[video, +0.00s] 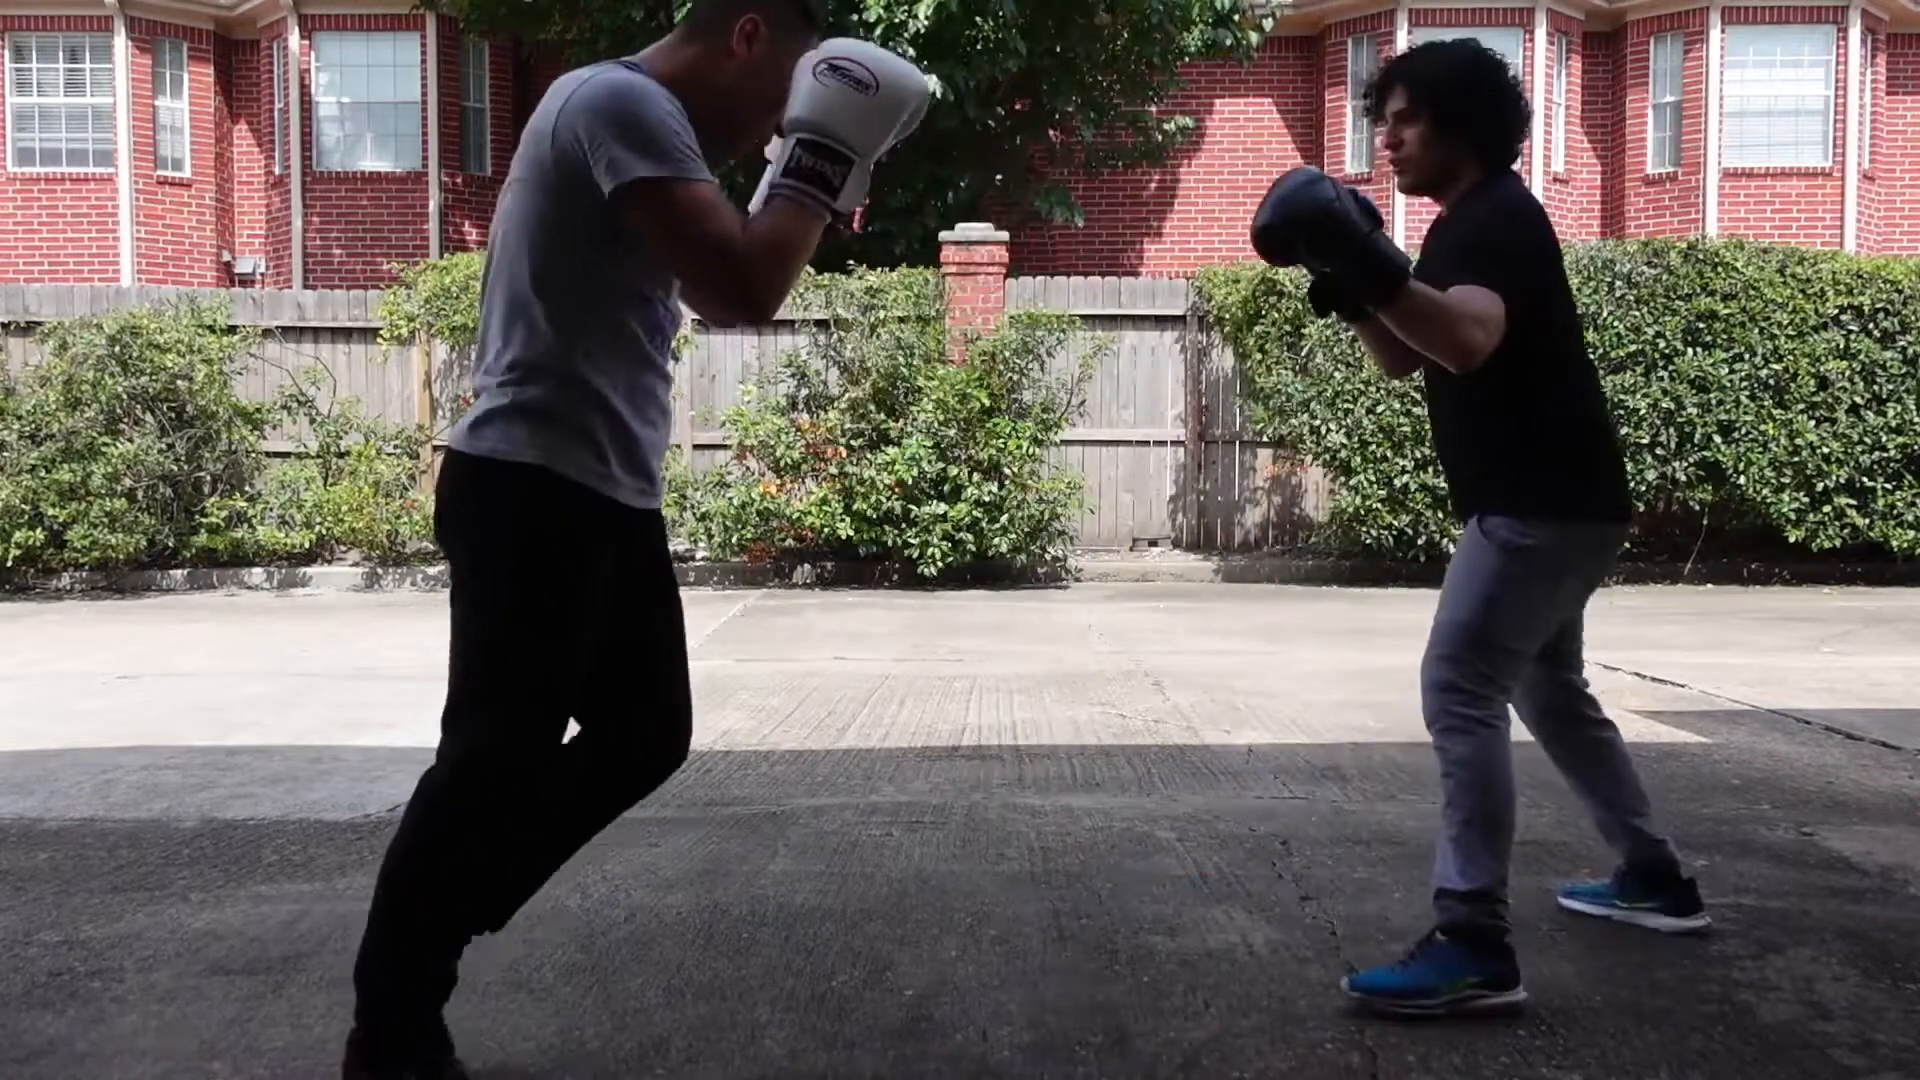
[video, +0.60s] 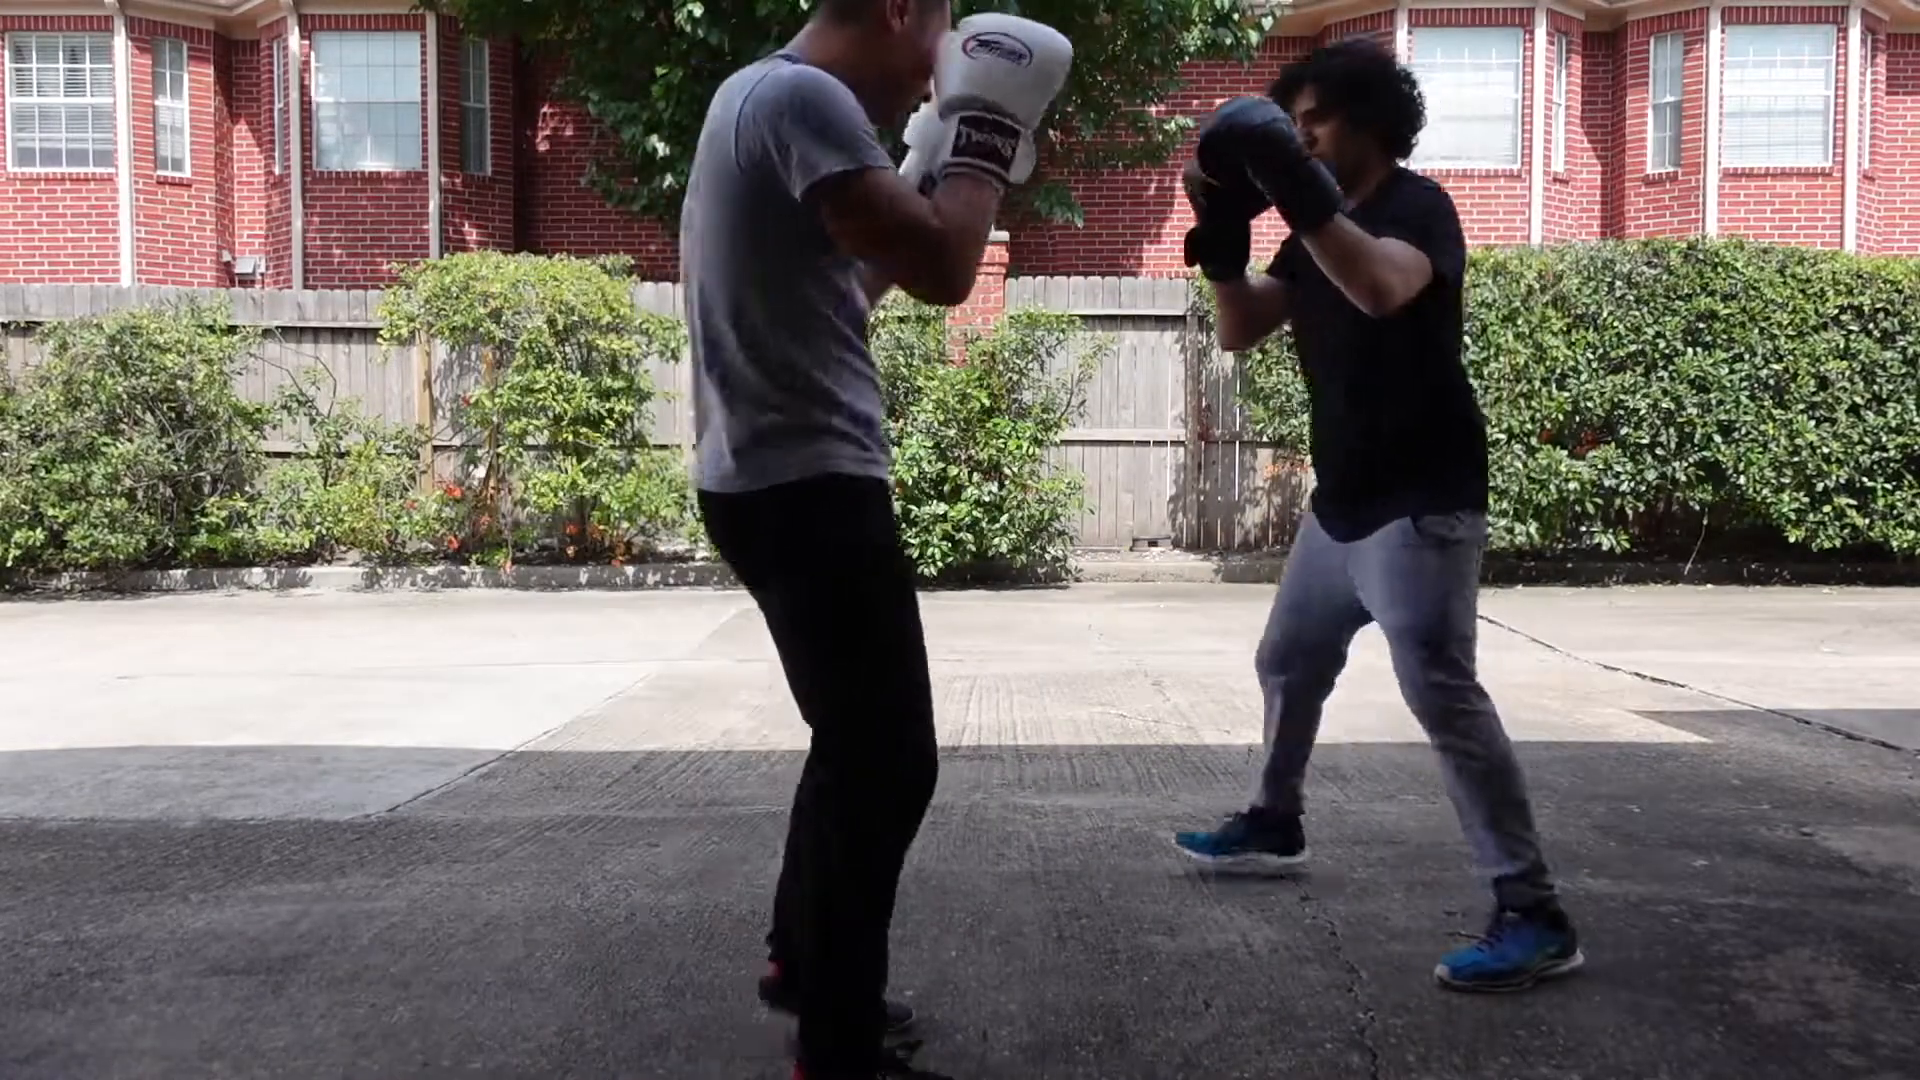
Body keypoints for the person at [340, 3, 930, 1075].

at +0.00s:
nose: (784, 99)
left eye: (793, 82)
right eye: (791, 72)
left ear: (724, 35)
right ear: (748, 35)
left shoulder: (646, 127)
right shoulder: (613, 101)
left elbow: (733, 296)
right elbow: (748, 280)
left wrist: (811, 197)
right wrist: (818, 152)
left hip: (604, 495)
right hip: (531, 485)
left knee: (646, 733)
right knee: (493, 754)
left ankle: (437, 928)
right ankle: (391, 1035)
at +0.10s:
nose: (806, 73)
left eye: (815, 54)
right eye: (810, 46)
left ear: (727, 22)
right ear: (757, 20)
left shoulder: (634, 107)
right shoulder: (648, 94)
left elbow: (676, 301)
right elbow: (792, 273)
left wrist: (801, 182)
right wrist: (850, 138)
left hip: (634, 493)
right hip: (555, 491)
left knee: (697, 717)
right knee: (504, 760)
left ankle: (596, 960)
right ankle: (390, 1033)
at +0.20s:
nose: (817, 79)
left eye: (827, 60)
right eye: (822, 52)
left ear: (738, 24)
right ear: (772, 24)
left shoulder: (630, 106)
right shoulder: (682, 107)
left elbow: (705, 292)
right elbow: (829, 279)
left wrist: (811, 161)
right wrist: (871, 140)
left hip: (653, 503)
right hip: (612, 505)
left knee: (712, 756)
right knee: (523, 774)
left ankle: (772, 983)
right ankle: (391, 1031)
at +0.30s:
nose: (846, 78)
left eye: (853, 60)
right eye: (849, 52)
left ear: (755, 28)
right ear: (803, 28)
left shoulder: (654, 118)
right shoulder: (714, 114)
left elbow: (746, 299)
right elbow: (863, 283)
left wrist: (838, 156)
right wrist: (910, 152)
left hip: (688, 502)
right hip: (676, 509)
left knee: (763, 757)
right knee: (622, 774)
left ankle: (786, 991)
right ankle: (426, 1004)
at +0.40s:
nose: (872, 87)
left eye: (879, 63)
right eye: (876, 56)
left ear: (791, 20)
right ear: (834, 23)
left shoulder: (701, 109)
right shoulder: (730, 100)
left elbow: (824, 281)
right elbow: (854, 274)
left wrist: (898, 193)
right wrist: (936, 181)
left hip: (726, 491)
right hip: (728, 495)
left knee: (775, 750)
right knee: (767, 758)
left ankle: (787, 989)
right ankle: (568, 984)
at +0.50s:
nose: (899, 73)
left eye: (907, 49)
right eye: (905, 41)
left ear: (819, 14)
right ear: (865, 14)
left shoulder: (730, 102)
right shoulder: (750, 94)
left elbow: (855, 265)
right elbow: (869, 265)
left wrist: (934, 174)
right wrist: (947, 159)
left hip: (742, 475)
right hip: (769, 480)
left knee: (773, 741)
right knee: (862, 746)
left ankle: (787, 986)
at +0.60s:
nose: (938, 60)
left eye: (944, 40)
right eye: (939, 33)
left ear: (842, 15)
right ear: (898, 14)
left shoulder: (760, 99)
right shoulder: (801, 100)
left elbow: (876, 271)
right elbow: (947, 263)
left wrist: (938, 157)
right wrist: (986, 136)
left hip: (773, 480)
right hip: (813, 485)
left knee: (855, 739)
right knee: (892, 761)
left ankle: (805, 961)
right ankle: (840, 1046)